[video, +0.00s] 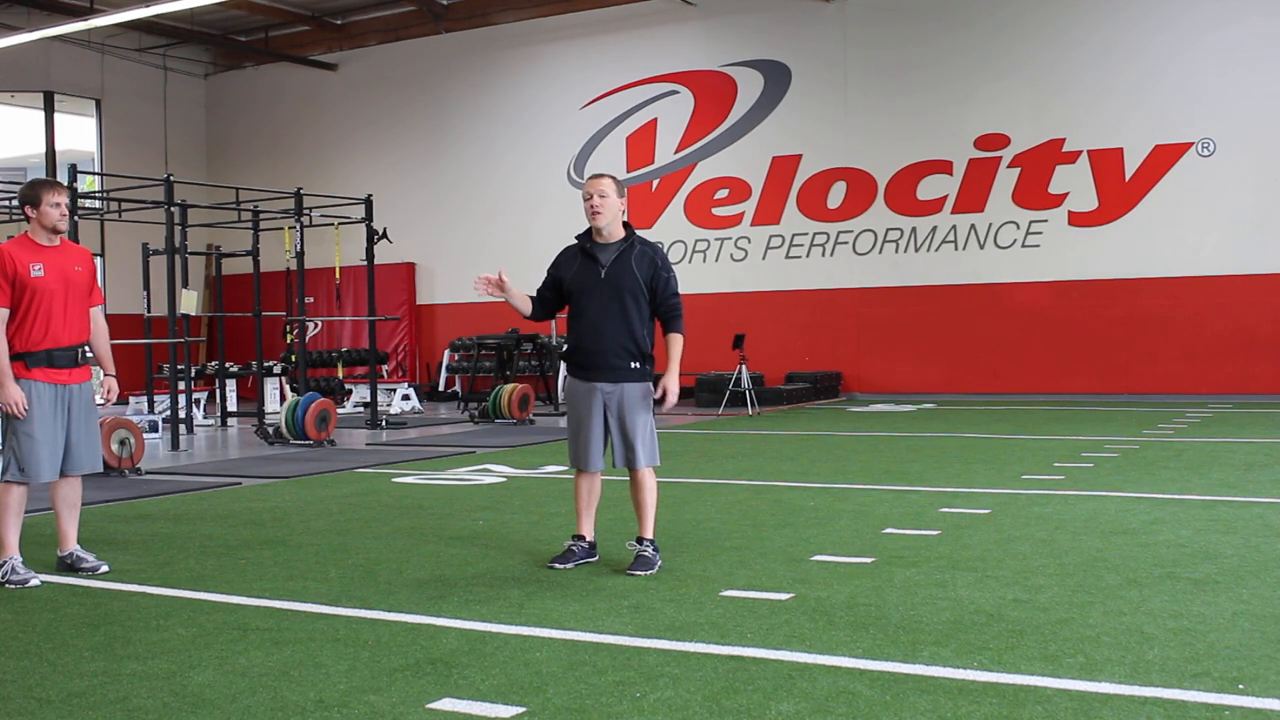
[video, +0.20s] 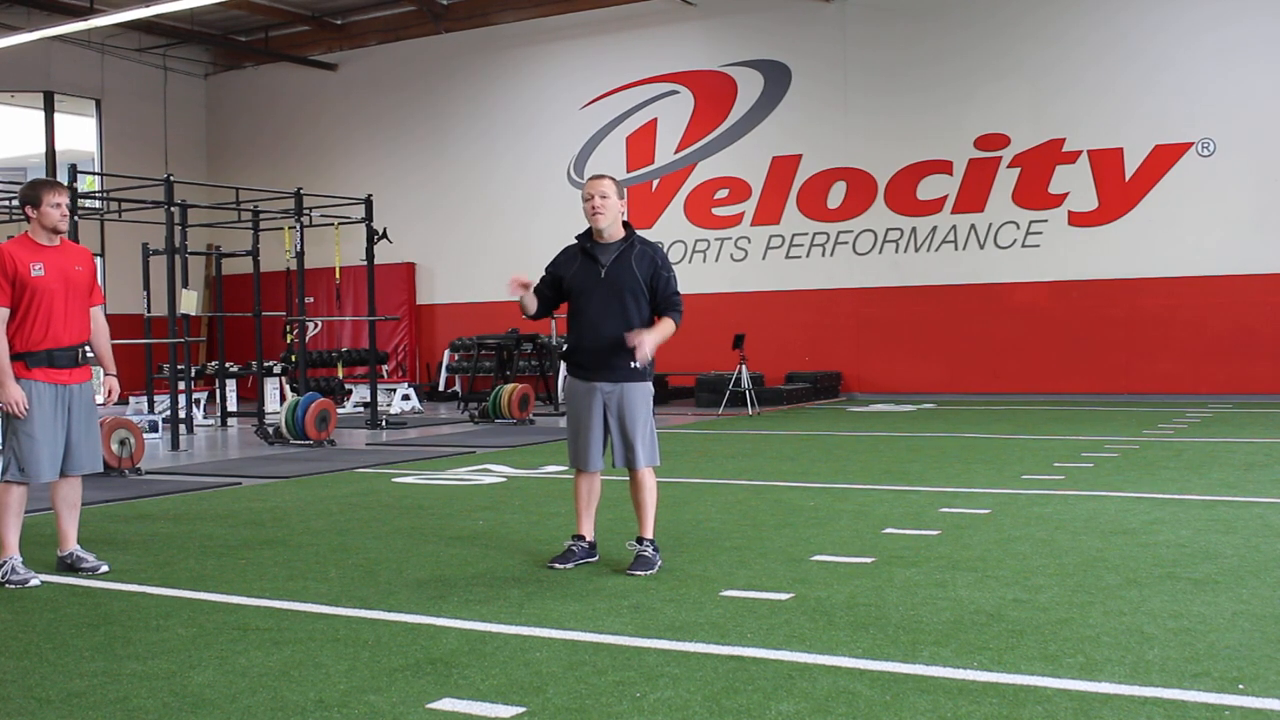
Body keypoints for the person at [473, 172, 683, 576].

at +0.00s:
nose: (593, 203)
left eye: (601, 196)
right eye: (588, 198)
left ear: (622, 203)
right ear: (584, 207)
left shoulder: (650, 256)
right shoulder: (571, 257)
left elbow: (672, 317)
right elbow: (540, 309)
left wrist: (672, 372)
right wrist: (508, 292)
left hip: (632, 380)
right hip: (582, 379)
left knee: (640, 464)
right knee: (585, 464)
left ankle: (647, 544)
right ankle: (584, 542)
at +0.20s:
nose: (594, 204)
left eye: (602, 197)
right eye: (588, 199)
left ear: (622, 204)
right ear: (583, 208)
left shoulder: (649, 255)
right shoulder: (570, 257)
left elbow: (673, 312)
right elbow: (539, 309)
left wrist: (654, 335)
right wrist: (528, 296)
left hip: (632, 379)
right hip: (582, 377)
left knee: (639, 463)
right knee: (585, 462)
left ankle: (646, 544)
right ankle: (583, 542)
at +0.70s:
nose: (598, 207)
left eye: (606, 200)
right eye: (592, 202)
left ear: (625, 205)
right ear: (586, 209)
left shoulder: (652, 256)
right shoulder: (569, 258)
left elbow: (669, 315)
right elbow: (545, 318)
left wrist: (641, 308)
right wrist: (562, 306)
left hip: (634, 379)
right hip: (583, 378)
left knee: (641, 463)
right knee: (585, 463)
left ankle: (647, 545)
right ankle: (584, 542)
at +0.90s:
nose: (599, 207)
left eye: (607, 200)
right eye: (593, 202)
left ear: (625, 205)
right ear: (587, 208)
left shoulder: (653, 256)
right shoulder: (570, 258)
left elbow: (670, 314)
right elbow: (546, 317)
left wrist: (641, 307)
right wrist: (563, 304)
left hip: (634, 379)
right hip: (583, 377)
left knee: (641, 463)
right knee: (585, 462)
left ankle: (647, 545)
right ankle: (584, 542)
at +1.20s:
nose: (597, 207)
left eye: (605, 200)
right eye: (591, 201)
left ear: (624, 205)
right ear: (585, 209)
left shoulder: (652, 256)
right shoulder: (571, 257)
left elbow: (676, 315)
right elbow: (547, 320)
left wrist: (643, 301)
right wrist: (561, 296)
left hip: (634, 380)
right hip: (583, 378)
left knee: (640, 463)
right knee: (586, 463)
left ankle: (647, 545)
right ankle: (584, 542)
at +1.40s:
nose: (593, 209)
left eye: (601, 202)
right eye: (588, 204)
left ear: (622, 206)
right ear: (583, 210)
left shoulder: (652, 255)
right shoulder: (570, 257)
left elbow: (677, 316)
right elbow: (547, 318)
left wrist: (648, 298)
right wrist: (561, 287)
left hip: (634, 379)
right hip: (583, 378)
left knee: (640, 463)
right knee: (585, 463)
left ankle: (647, 544)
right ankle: (584, 542)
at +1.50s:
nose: (593, 210)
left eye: (601, 203)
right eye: (588, 204)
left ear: (622, 207)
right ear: (583, 210)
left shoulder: (652, 256)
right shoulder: (571, 258)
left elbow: (677, 316)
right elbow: (546, 321)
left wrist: (652, 308)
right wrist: (559, 298)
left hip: (634, 380)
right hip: (583, 378)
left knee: (640, 463)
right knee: (585, 463)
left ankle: (647, 544)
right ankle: (584, 542)